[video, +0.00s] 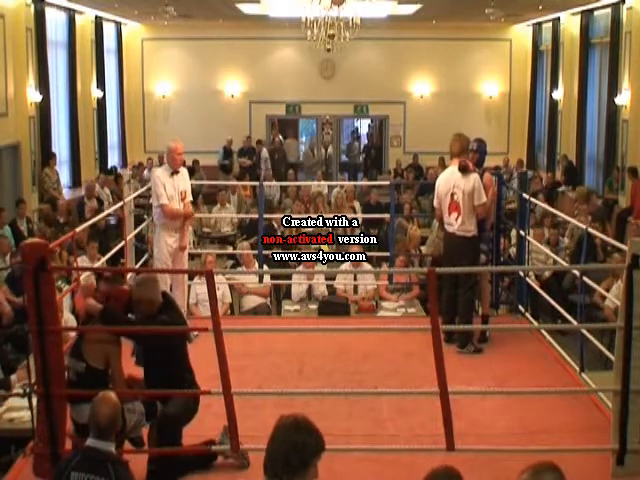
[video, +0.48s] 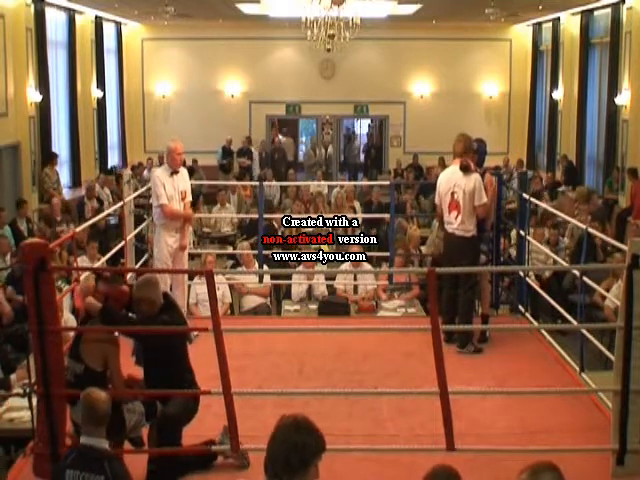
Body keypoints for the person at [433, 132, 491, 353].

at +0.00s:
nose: (467, 155)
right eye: (468, 151)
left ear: (449, 152)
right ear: (468, 152)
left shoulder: (442, 178)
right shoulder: (473, 178)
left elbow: (438, 212)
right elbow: (481, 211)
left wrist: (447, 226)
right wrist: (491, 193)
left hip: (449, 235)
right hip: (468, 236)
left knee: (449, 282)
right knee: (467, 285)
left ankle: (448, 328)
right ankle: (465, 336)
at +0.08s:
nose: (469, 155)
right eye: (469, 151)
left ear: (450, 152)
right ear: (468, 152)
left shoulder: (442, 177)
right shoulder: (473, 178)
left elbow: (438, 211)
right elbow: (481, 211)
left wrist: (447, 226)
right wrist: (490, 193)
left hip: (449, 235)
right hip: (468, 236)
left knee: (449, 282)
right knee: (468, 284)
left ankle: (448, 328)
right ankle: (464, 336)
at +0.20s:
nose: (471, 156)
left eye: (468, 152)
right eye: (471, 152)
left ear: (451, 153)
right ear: (470, 153)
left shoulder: (442, 177)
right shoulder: (473, 178)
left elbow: (438, 210)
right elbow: (481, 211)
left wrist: (446, 226)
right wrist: (490, 191)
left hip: (449, 235)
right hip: (468, 236)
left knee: (449, 282)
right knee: (467, 284)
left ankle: (448, 327)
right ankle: (464, 336)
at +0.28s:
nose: (471, 156)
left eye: (469, 153)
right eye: (471, 153)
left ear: (452, 153)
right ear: (471, 154)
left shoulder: (442, 177)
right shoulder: (474, 178)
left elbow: (438, 210)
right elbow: (481, 211)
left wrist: (446, 226)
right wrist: (489, 190)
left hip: (449, 235)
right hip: (468, 236)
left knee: (449, 282)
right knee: (467, 284)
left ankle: (448, 327)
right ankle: (464, 335)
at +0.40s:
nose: (473, 156)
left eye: (470, 153)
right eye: (472, 153)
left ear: (453, 153)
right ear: (471, 154)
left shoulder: (443, 176)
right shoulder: (474, 177)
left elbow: (439, 209)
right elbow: (481, 211)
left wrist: (446, 227)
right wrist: (489, 192)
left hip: (449, 236)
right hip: (468, 236)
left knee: (449, 282)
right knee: (467, 285)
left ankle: (448, 327)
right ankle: (464, 336)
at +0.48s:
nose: (472, 156)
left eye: (469, 153)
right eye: (472, 153)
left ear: (453, 152)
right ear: (471, 153)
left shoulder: (443, 176)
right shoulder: (474, 178)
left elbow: (439, 209)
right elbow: (482, 211)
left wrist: (446, 227)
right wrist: (489, 191)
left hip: (449, 235)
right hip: (468, 236)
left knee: (449, 282)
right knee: (467, 285)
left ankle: (448, 327)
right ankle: (464, 336)